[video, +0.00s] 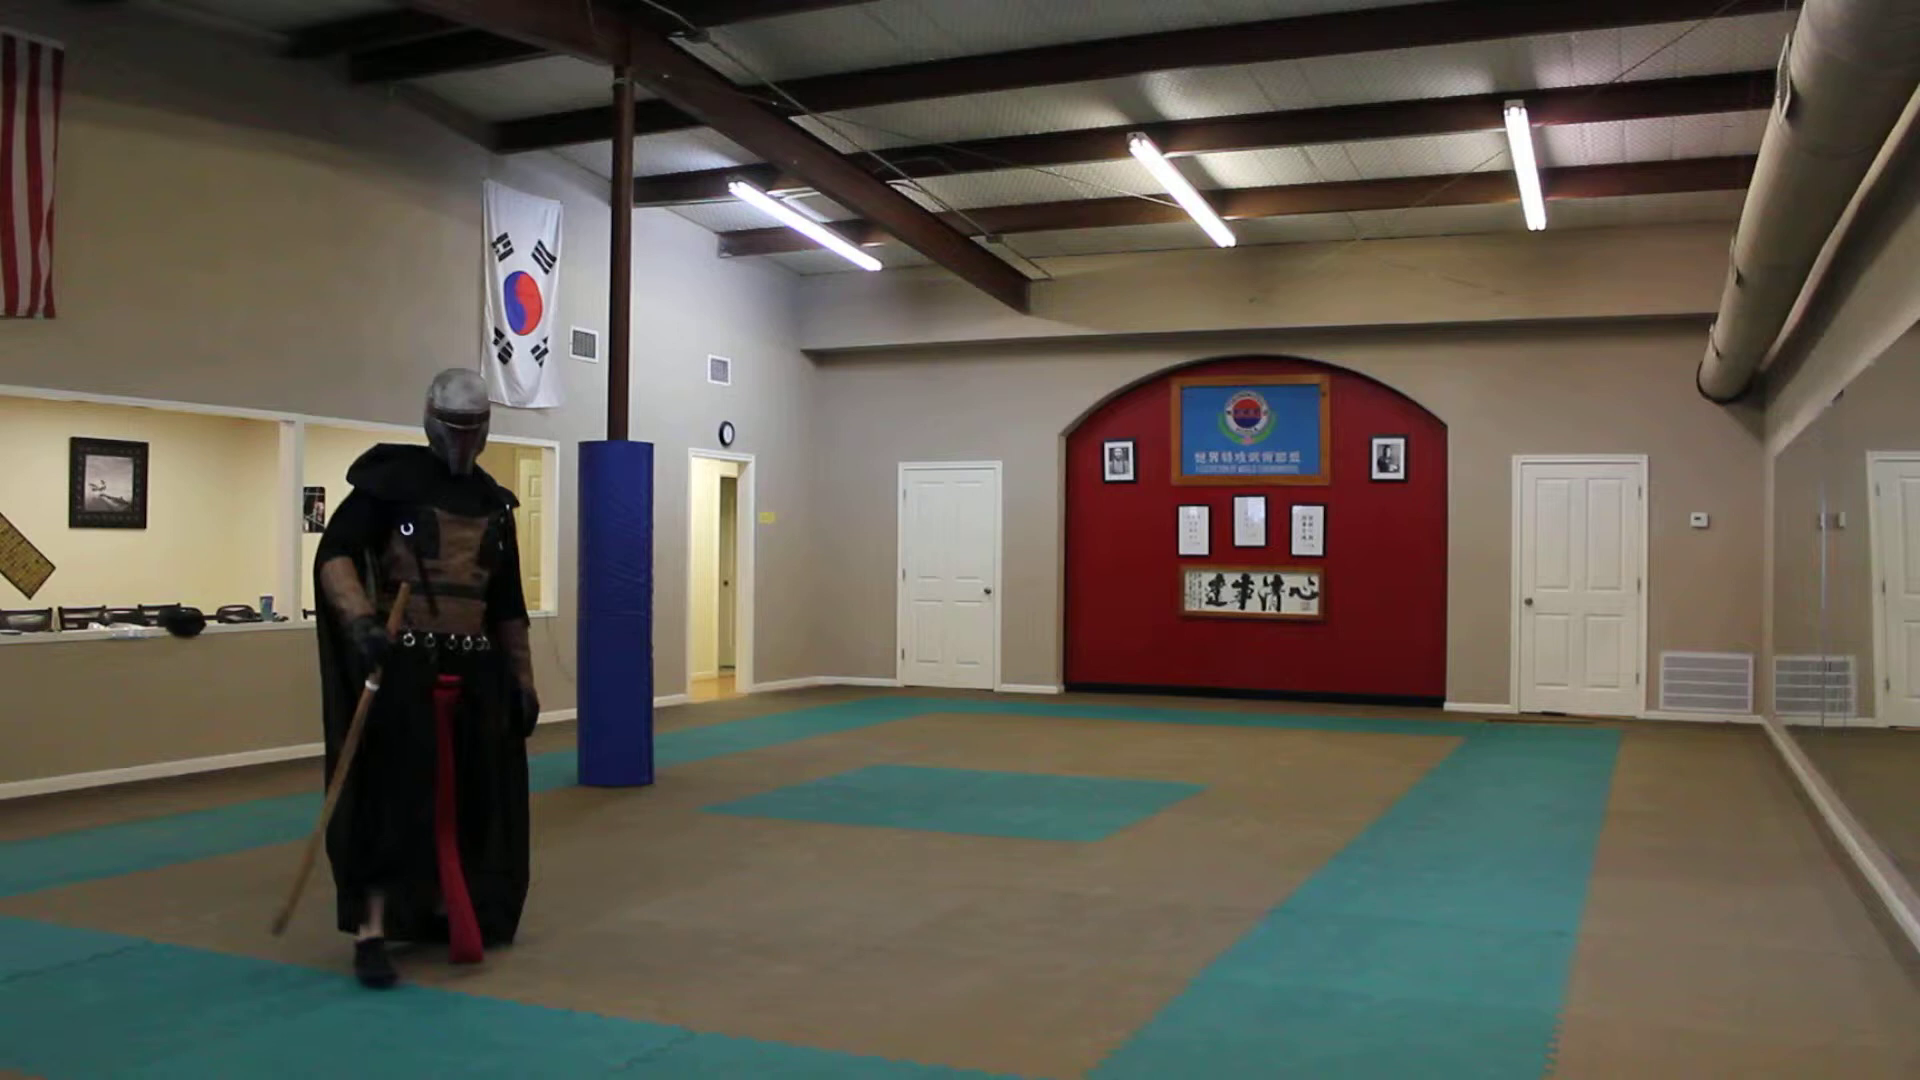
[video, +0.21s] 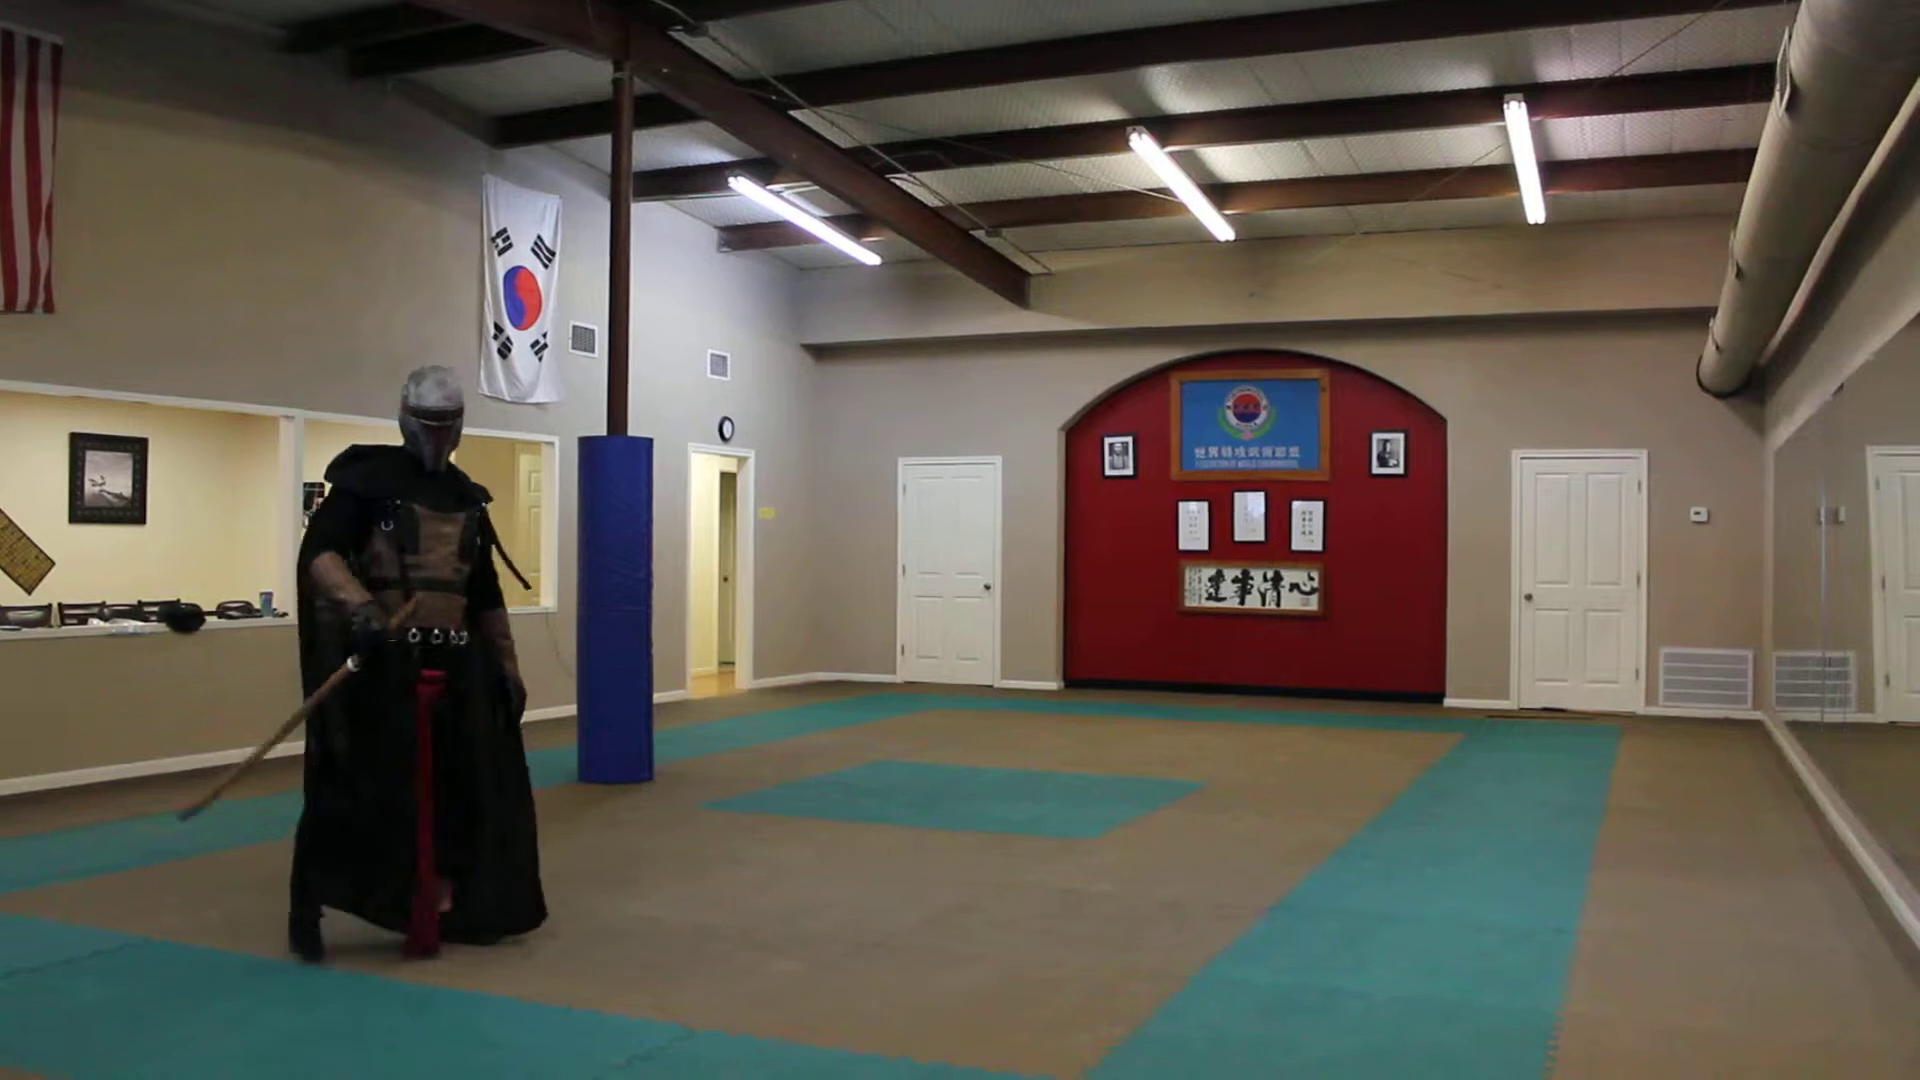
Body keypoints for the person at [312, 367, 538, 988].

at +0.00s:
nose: (465, 438)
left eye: (475, 426)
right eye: (453, 425)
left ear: (488, 425)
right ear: (429, 421)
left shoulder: (493, 503)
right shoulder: (392, 481)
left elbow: (507, 603)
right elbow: (334, 556)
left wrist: (522, 679)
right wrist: (361, 622)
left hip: (472, 665)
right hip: (401, 663)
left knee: (469, 794)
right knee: (385, 793)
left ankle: (452, 912)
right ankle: (372, 930)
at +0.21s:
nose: (439, 435)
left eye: (450, 423)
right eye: (427, 422)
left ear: (462, 424)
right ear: (404, 420)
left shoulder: (465, 498)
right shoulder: (366, 474)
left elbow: (485, 594)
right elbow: (320, 555)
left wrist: (506, 666)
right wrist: (361, 608)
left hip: (454, 664)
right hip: (379, 663)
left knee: (463, 787)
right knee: (345, 788)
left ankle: (459, 908)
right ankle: (307, 907)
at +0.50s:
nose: (366, 441)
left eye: (377, 429)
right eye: (354, 428)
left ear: (390, 430)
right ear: (330, 427)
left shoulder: (395, 500)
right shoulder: (297, 486)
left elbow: (419, 585)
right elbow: (264, 578)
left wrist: (453, 649)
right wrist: (310, 647)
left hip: (390, 665)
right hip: (311, 665)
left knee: (423, 775)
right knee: (293, 782)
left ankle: (434, 898)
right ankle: (273, 908)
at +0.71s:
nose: (330, 432)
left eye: (338, 420)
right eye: (317, 421)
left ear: (349, 416)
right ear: (291, 418)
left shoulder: (363, 482)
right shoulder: (259, 479)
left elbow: (386, 567)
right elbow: (222, 576)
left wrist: (391, 638)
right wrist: (235, 658)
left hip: (354, 654)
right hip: (280, 656)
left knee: (383, 765)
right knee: (274, 779)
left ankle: (388, 881)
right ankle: (272, 905)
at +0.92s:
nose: (304, 426)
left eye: (313, 414)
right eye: (291, 416)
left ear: (326, 412)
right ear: (267, 416)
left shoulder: (349, 480)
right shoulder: (238, 474)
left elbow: (372, 564)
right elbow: (201, 563)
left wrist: (378, 639)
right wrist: (208, 643)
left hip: (332, 652)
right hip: (257, 651)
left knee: (327, 765)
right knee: (261, 769)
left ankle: (314, 880)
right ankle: (266, 897)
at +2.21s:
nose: (235, 431)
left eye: (244, 419)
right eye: (223, 420)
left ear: (257, 419)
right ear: (200, 420)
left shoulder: (270, 488)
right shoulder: (170, 473)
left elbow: (287, 565)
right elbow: (150, 564)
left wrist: (307, 626)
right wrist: (191, 634)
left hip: (253, 645)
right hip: (181, 644)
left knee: (260, 754)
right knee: (184, 758)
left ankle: (263, 871)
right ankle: (187, 885)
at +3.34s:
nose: (234, 431)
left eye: (243, 419)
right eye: (222, 420)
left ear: (257, 420)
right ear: (199, 420)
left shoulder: (268, 489)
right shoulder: (171, 477)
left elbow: (287, 570)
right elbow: (155, 568)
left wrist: (306, 637)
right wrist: (195, 636)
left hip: (255, 652)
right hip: (188, 650)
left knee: (261, 759)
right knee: (192, 764)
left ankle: (263, 870)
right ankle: (188, 884)